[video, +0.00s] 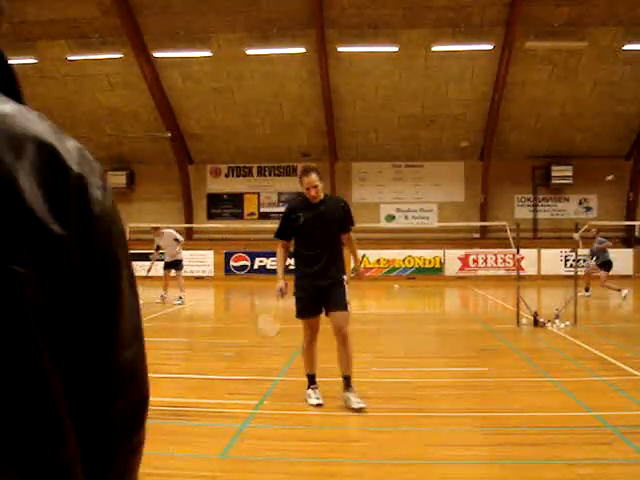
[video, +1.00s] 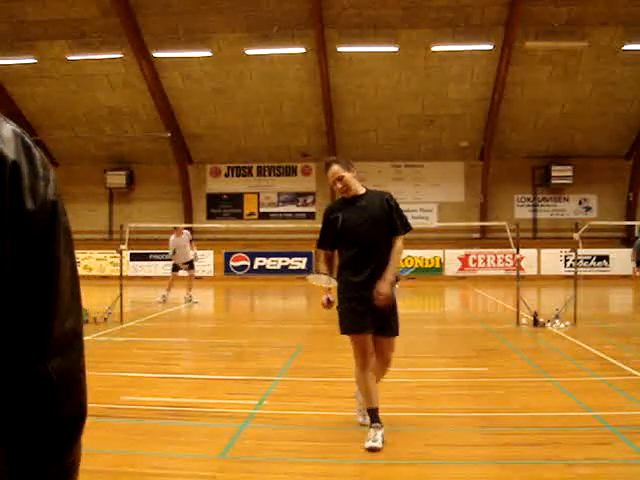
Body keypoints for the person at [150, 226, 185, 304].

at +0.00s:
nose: (154, 234)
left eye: (155, 232)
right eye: (153, 233)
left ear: (159, 230)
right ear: (154, 232)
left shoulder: (170, 233)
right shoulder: (157, 239)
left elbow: (181, 241)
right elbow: (155, 254)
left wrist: (176, 251)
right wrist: (150, 267)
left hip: (177, 257)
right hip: (168, 258)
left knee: (178, 276)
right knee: (166, 276)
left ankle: (182, 296)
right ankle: (164, 294)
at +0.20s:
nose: (148, 242)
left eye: (148, 240)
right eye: (146, 241)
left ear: (150, 236)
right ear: (146, 241)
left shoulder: (161, 234)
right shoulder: (150, 247)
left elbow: (174, 238)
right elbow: (146, 258)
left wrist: (181, 246)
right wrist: (142, 269)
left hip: (175, 254)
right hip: (165, 257)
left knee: (179, 274)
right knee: (165, 276)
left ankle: (184, 293)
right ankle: (164, 294)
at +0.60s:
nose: (149, 247)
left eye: (150, 244)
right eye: (148, 245)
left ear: (152, 240)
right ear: (147, 244)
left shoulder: (161, 237)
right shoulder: (150, 250)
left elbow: (174, 239)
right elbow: (148, 262)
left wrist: (180, 247)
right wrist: (145, 274)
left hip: (176, 255)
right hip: (166, 259)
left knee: (184, 271)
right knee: (167, 276)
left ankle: (193, 287)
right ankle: (164, 294)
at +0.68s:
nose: (155, 246)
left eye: (155, 244)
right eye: (153, 245)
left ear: (156, 240)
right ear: (151, 245)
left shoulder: (164, 236)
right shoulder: (153, 249)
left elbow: (177, 239)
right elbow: (153, 261)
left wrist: (182, 248)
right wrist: (153, 273)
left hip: (177, 255)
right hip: (167, 259)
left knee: (185, 274)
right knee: (167, 277)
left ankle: (192, 290)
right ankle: (164, 294)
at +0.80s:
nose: (162, 238)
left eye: (162, 236)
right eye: (160, 238)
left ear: (165, 234)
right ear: (159, 238)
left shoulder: (173, 235)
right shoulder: (160, 245)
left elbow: (181, 240)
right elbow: (161, 257)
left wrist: (185, 249)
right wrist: (163, 269)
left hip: (180, 256)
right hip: (170, 259)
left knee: (185, 275)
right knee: (168, 277)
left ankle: (190, 292)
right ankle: (165, 294)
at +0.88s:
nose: (167, 236)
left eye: (167, 233)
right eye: (165, 235)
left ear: (169, 232)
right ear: (163, 236)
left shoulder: (178, 234)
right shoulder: (163, 244)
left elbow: (185, 241)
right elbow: (164, 255)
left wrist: (187, 251)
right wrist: (167, 263)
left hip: (182, 257)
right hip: (172, 260)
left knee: (186, 275)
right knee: (170, 277)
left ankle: (188, 294)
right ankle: (165, 294)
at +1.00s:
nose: (180, 232)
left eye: (181, 229)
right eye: (178, 230)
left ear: (182, 229)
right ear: (175, 230)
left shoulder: (187, 234)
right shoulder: (172, 239)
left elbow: (191, 242)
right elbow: (172, 253)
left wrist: (194, 251)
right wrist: (179, 263)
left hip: (188, 259)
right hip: (177, 260)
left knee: (191, 277)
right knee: (172, 277)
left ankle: (188, 295)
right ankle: (166, 294)